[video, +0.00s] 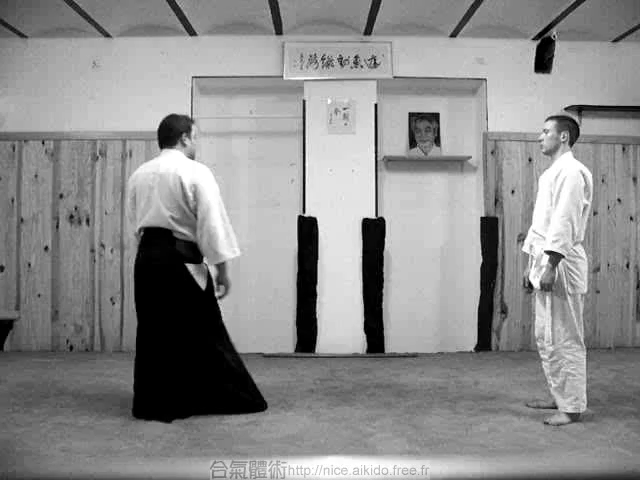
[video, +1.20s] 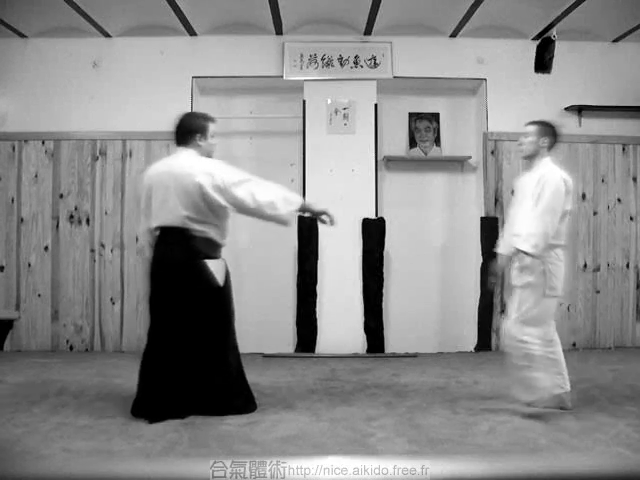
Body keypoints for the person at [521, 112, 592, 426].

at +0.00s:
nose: (540, 137)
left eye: (546, 132)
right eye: (541, 132)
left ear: (563, 137)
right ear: (558, 137)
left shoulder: (573, 173)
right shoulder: (552, 172)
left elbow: (565, 222)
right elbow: (542, 221)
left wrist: (551, 264)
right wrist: (532, 262)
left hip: (563, 262)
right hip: (545, 260)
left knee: (564, 335)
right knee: (545, 335)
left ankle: (572, 406)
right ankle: (559, 396)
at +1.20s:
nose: (520, 141)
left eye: (526, 136)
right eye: (521, 136)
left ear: (544, 142)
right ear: (533, 143)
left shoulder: (553, 176)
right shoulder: (525, 178)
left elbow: (544, 221)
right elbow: (513, 220)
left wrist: (524, 255)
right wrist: (502, 255)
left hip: (541, 260)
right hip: (523, 258)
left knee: (517, 327)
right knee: (541, 326)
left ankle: (547, 391)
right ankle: (557, 393)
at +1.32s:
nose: (509, 143)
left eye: (515, 138)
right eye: (509, 138)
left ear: (533, 143)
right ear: (520, 144)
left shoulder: (542, 179)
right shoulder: (512, 179)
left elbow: (532, 229)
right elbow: (500, 222)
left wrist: (505, 250)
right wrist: (483, 252)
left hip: (531, 260)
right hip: (512, 259)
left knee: (502, 324)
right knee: (537, 324)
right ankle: (559, 391)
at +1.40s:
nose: (500, 145)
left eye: (507, 139)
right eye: (500, 140)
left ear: (526, 145)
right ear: (507, 146)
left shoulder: (536, 182)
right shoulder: (503, 182)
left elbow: (520, 230)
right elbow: (488, 226)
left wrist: (489, 241)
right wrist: (460, 249)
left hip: (524, 263)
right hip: (505, 262)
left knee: (493, 327)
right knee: (533, 327)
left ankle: (473, 397)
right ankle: (559, 391)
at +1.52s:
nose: (485, 144)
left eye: (493, 139)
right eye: (485, 139)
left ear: (511, 145)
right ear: (486, 144)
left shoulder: (517, 183)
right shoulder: (484, 179)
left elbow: (497, 226)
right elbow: (458, 211)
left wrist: (453, 232)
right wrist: (425, 222)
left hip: (502, 262)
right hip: (487, 259)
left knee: (473, 329)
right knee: (515, 322)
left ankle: (460, 400)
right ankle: (554, 388)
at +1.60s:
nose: (474, 142)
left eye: (482, 137)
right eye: (474, 136)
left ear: (498, 143)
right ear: (473, 141)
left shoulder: (506, 182)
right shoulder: (467, 178)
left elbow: (481, 221)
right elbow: (436, 207)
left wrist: (447, 218)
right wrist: (399, 211)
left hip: (488, 264)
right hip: (466, 263)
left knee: (464, 333)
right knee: (500, 325)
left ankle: (457, 400)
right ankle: (544, 380)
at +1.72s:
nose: (447, 139)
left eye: (454, 133)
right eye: (446, 133)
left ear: (473, 139)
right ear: (445, 138)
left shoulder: (481, 178)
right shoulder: (443, 173)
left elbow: (452, 209)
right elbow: (407, 194)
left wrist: (418, 200)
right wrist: (364, 190)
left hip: (463, 265)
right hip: (439, 263)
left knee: (456, 337)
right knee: (447, 336)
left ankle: (457, 403)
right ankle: (500, 367)